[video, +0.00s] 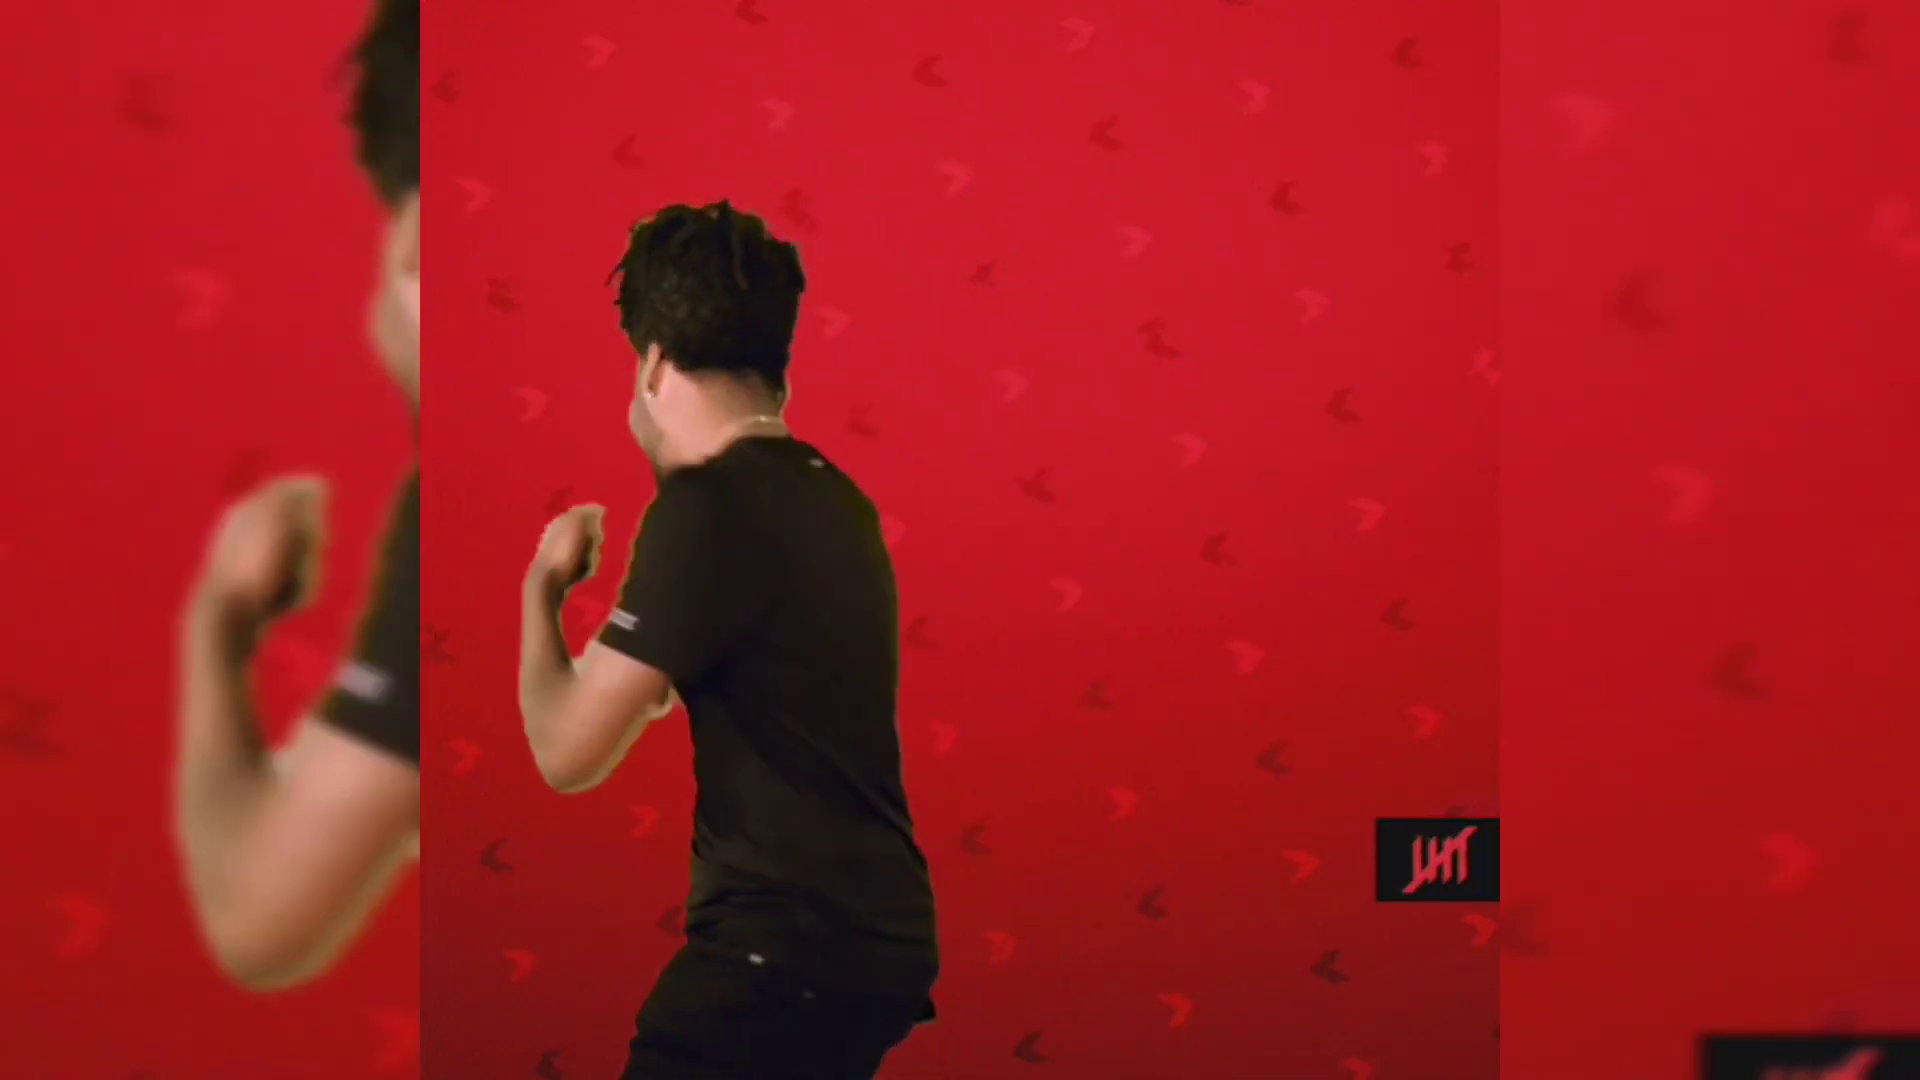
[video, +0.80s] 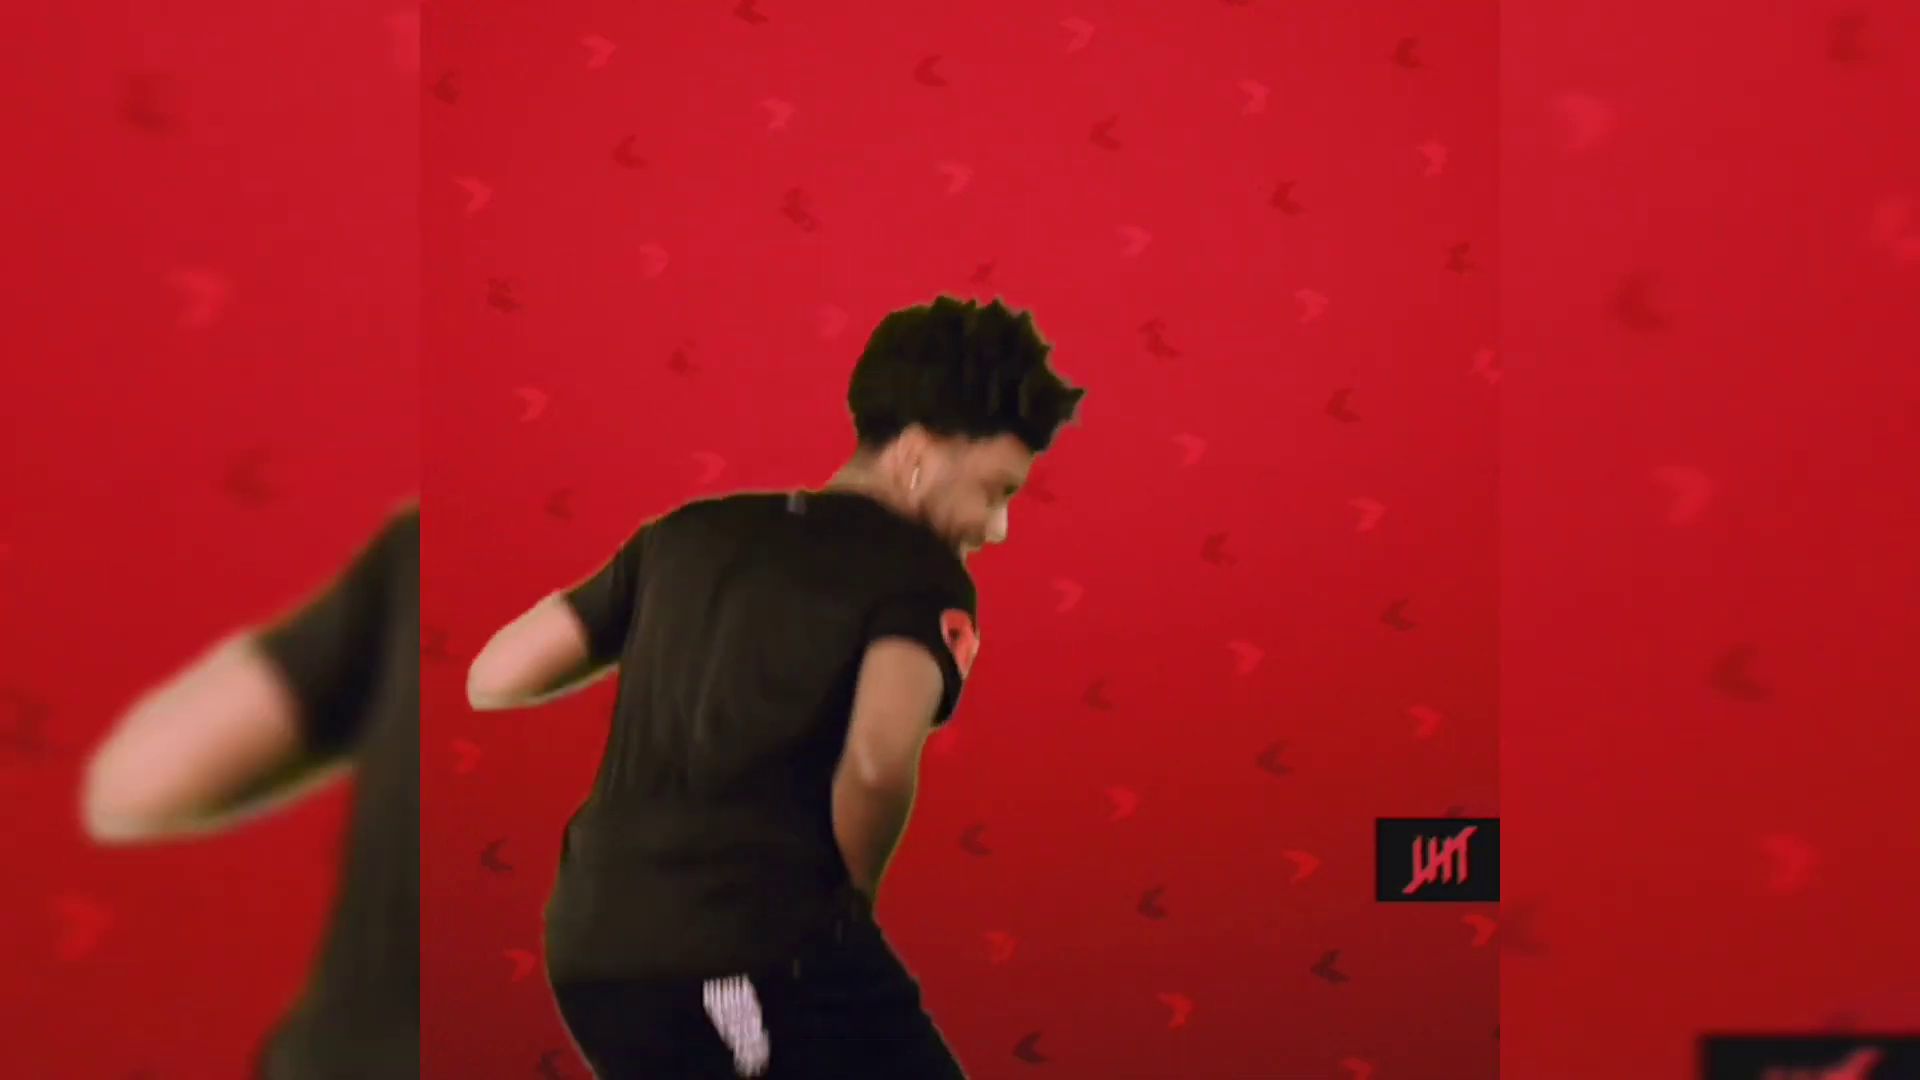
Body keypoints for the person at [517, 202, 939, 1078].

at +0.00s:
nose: (629, 397)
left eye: (630, 360)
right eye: (631, 361)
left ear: (655, 361)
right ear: (774, 364)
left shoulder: (715, 507)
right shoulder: (837, 500)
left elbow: (567, 751)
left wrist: (541, 589)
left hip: (771, 961)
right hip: (872, 954)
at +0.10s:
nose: (628, 342)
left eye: (630, 310)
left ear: (643, 329)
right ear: (776, 330)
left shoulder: (641, 457)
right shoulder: (846, 457)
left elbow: (503, 700)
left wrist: (622, 559)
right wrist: (642, 610)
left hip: (759, 919)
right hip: (897, 917)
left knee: (626, 1064)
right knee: (823, 1063)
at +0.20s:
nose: (629, 360)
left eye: (635, 335)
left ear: (640, 350)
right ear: (775, 358)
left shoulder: (598, 462)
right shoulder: (849, 465)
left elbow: (490, 710)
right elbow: (945, 547)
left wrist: (630, 624)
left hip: (711, 930)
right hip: (883, 929)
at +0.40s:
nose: (817, 430)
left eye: (822, 405)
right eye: (822, 404)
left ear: (672, 395)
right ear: (793, 399)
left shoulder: (562, 519)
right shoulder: (873, 514)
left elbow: (456, 761)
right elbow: (1068, 667)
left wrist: (593, 708)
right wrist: (871, 679)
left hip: (655, 983)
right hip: (847, 978)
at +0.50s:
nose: (883, 476)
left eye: (893, 450)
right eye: (886, 448)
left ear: (745, 411)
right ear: (830, 434)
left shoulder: (586, 517)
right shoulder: (873, 542)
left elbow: (463, 656)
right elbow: (1013, 714)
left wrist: (592, 730)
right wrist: (887, 815)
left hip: (624, 948)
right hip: (819, 945)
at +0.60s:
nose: (911, 564)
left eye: (922, 539)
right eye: (916, 534)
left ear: (782, 477)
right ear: (859, 498)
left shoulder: (627, 567)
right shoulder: (899, 616)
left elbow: (514, 687)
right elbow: (962, 778)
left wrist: (575, 787)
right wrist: (858, 900)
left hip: (599, 959)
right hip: (789, 966)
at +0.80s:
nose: (997, 529)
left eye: (1011, 499)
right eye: (995, 490)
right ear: (915, 450)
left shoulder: (686, 532)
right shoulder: (917, 570)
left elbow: (494, 679)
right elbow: (877, 767)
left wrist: (658, 626)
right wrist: (857, 902)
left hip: (597, 947)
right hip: (765, 946)